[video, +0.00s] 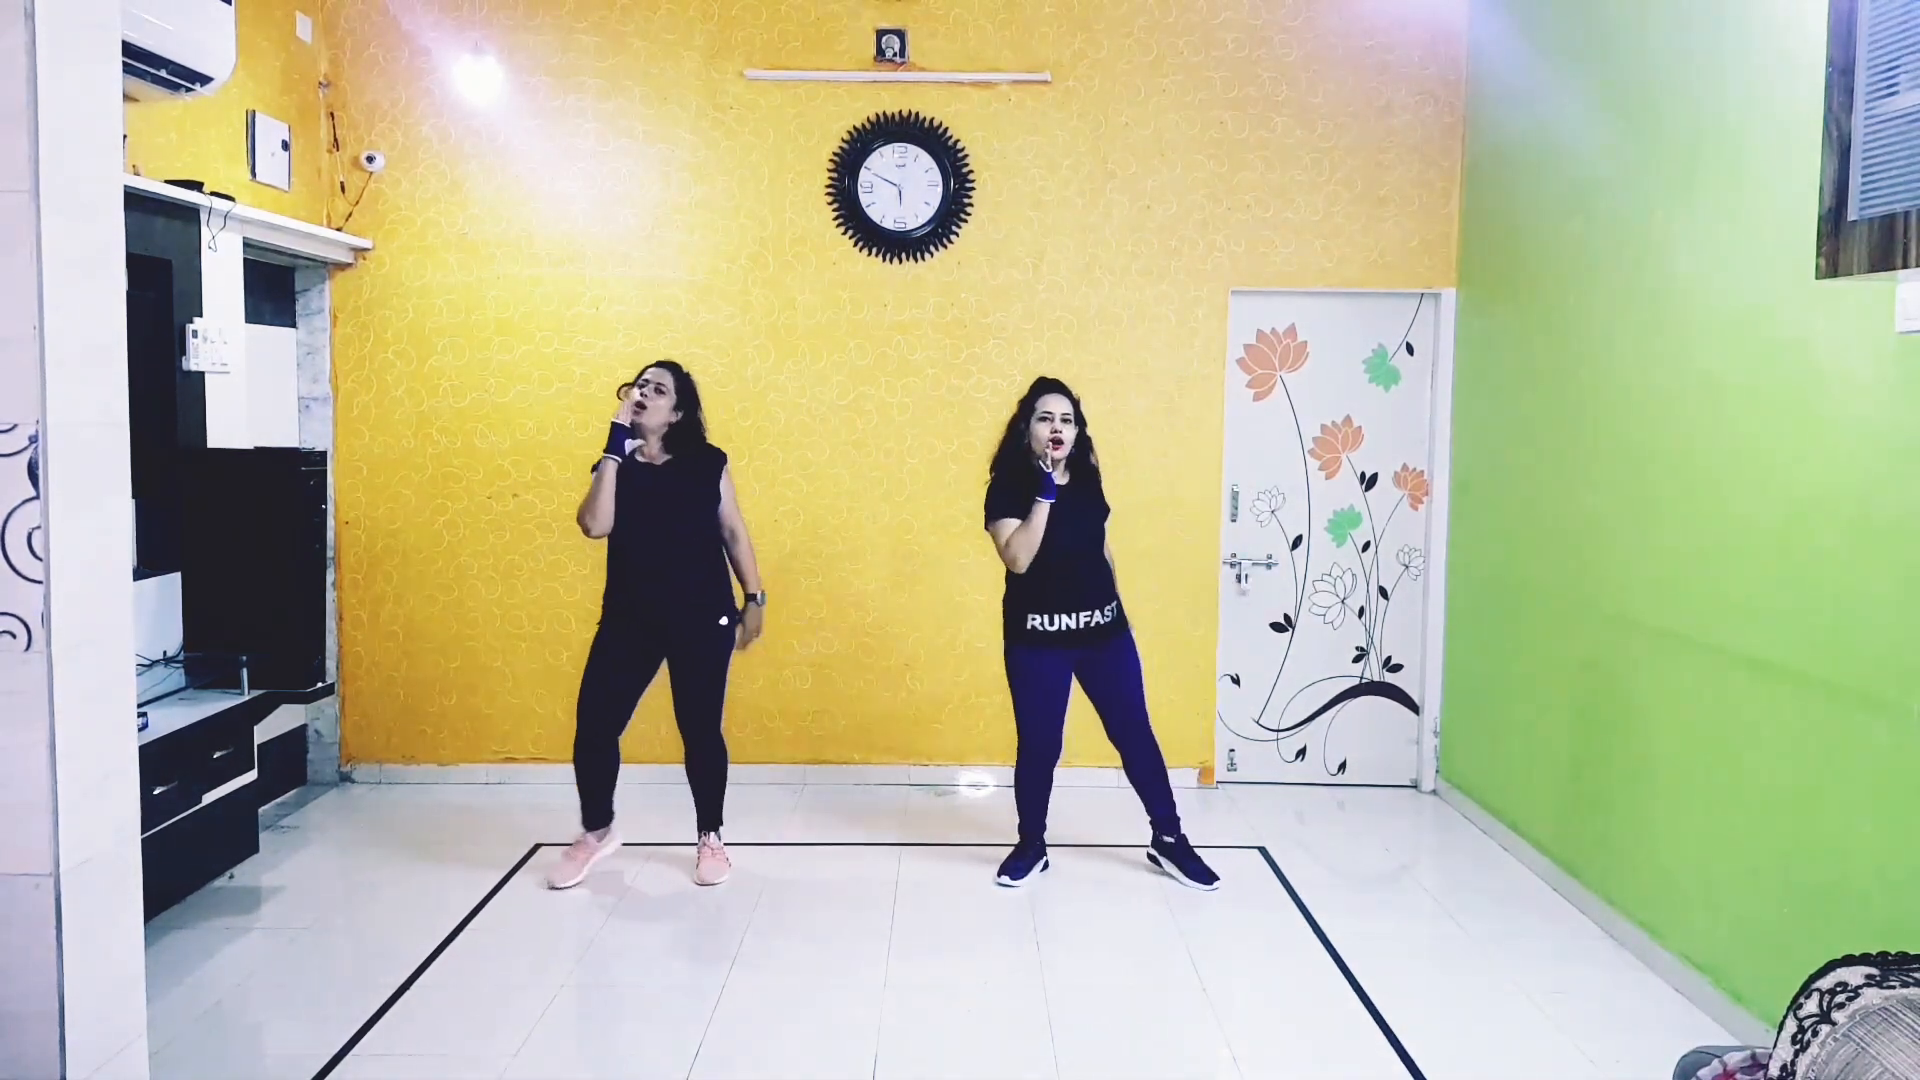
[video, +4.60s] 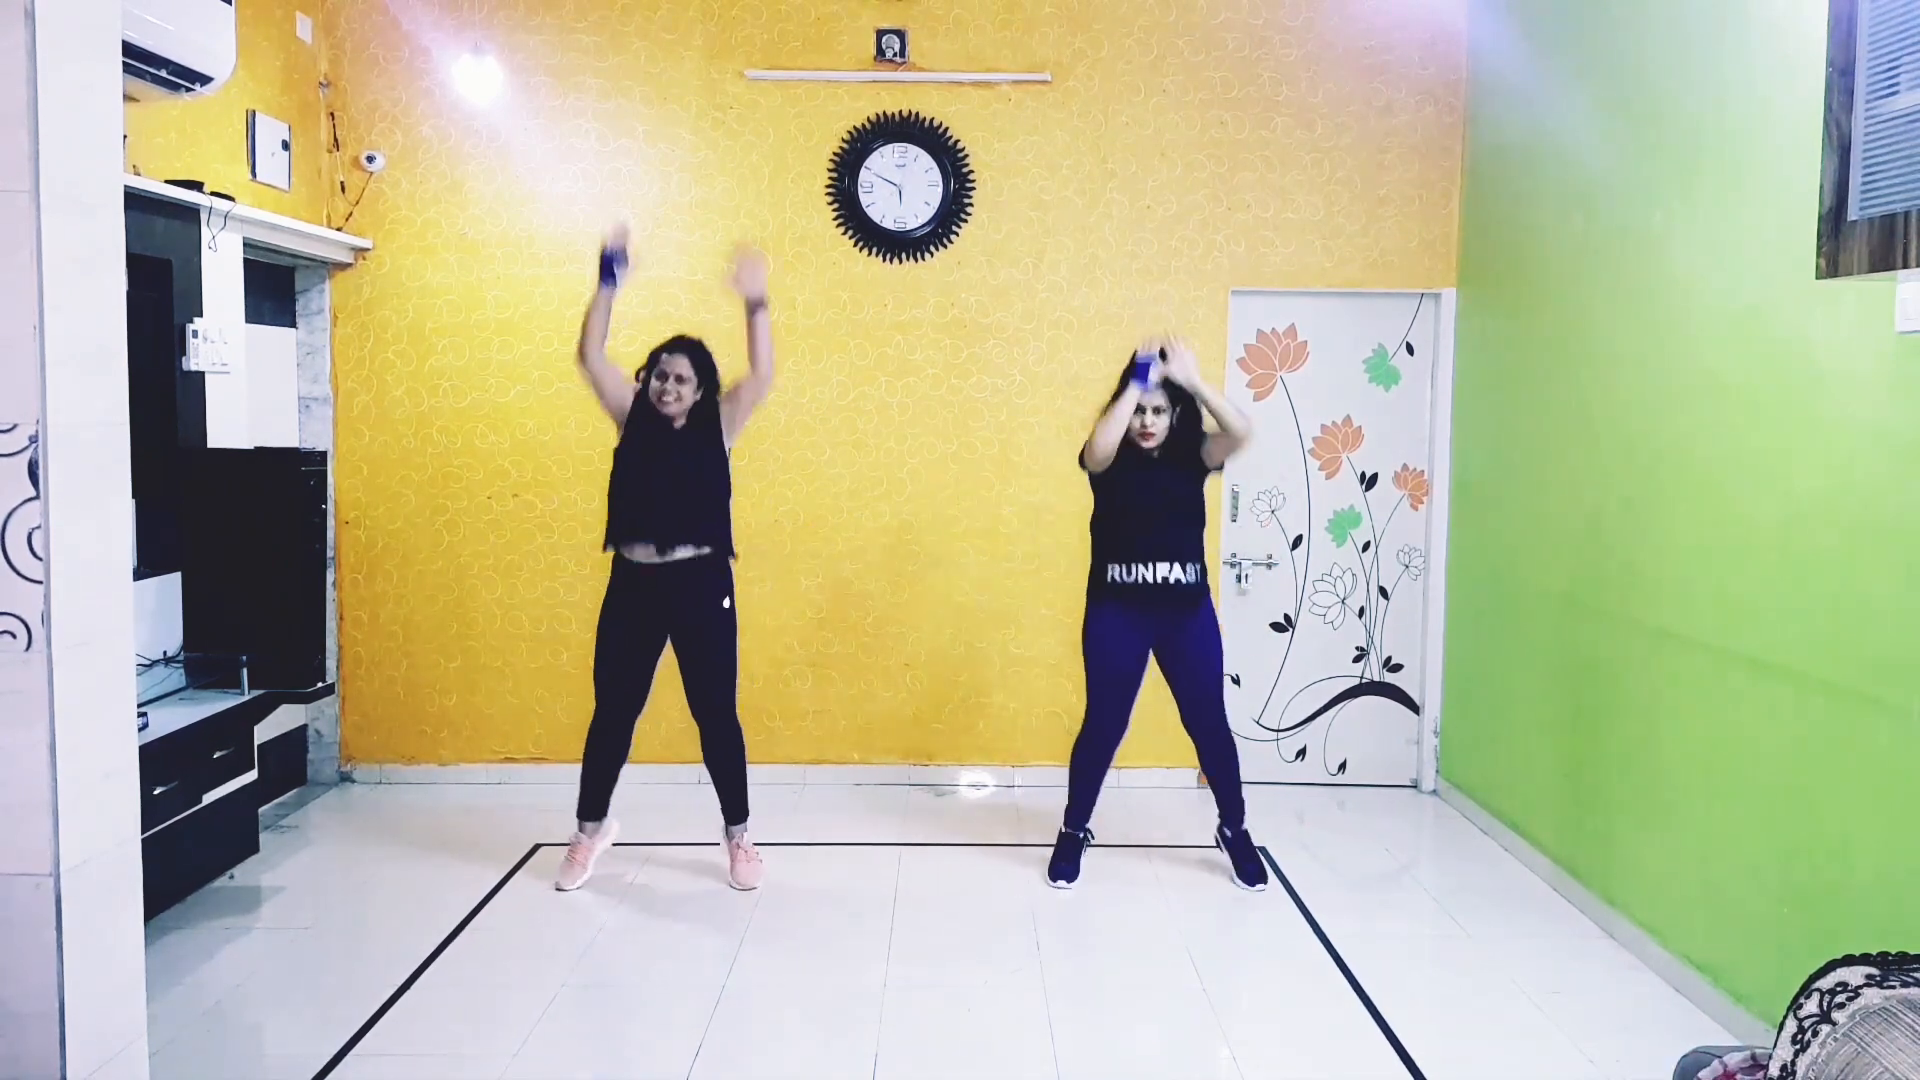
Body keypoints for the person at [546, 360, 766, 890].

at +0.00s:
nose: (642, 394)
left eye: (657, 390)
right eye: (639, 386)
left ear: (680, 412)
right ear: (628, 399)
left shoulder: (708, 463)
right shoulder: (612, 466)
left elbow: (733, 530)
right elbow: (596, 525)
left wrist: (754, 597)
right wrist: (614, 448)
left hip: (700, 618)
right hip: (631, 617)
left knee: (701, 728)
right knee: (594, 724)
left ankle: (710, 836)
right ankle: (596, 830)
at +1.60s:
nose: (627, 403)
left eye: (642, 399)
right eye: (622, 394)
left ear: (663, 416)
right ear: (609, 406)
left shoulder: (685, 478)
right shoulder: (584, 472)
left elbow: (704, 540)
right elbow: (538, 541)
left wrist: (713, 562)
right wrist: (568, 511)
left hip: (653, 628)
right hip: (583, 625)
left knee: (665, 737)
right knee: (580, 734)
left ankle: (706, 845)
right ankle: (575, 841)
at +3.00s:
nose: (613, 407)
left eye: (626, 402)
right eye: (606, 398)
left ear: (645, 416)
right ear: (590, 407)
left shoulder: (671, 472)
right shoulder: (570, 478)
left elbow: (697, 538)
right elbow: (551, 550)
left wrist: (708, 550)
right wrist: (490, 564)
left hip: (645, 628)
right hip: (575, 628)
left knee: (664, 736)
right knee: (579, 736)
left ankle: (700, 840)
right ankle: (580, 844)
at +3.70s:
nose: (646, 415)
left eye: (660, 410)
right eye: (640, 407)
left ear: (681, 423)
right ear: (626, 417)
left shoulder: (705, 481)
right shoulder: (611, 490)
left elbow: (743, 541)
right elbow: (611, 560)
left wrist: (774, 549)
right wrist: (571, 597)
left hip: (720, 623)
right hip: (654, 628)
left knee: (725, 729)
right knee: (610, 730)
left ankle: (739, 845)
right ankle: (601, 849)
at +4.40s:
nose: (655, 420)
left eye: (669, 413)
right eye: (648, 412)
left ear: (691, 428)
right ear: (637, 423)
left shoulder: (715, 489)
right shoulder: (616, 491)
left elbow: (758, 549)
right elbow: (587, 559)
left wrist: (740, 526)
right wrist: (564, 557)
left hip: (696, 640)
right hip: (624, 639)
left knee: (712, 744)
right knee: (607, 746)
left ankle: (731, 847)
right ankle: (604, 848)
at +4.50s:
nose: (663, 408)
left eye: (676, 401)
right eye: (655, 399)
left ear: (697, 413)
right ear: (643, 408)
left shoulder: (721, 464)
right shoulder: (624, 462)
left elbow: (779, 465)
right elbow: (564, 469)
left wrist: (745, 406)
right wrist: (590, 406)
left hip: (701, 623)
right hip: (629, 621)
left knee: (715, 737)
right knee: (614, 734)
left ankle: (732, 845)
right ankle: (603, 845)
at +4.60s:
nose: (668, 384)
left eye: (682, 378)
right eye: (662, 375)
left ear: (702, 388)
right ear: (649, 380)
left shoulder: (718, 424)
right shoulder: (631, 413)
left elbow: (761, 377)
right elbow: (592, 356)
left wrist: (757, 306)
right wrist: (607, 285)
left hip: (701, 586)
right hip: (634, 585)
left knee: (717, 715)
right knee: (612, 711)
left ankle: (737, 835)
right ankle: (590, 830)